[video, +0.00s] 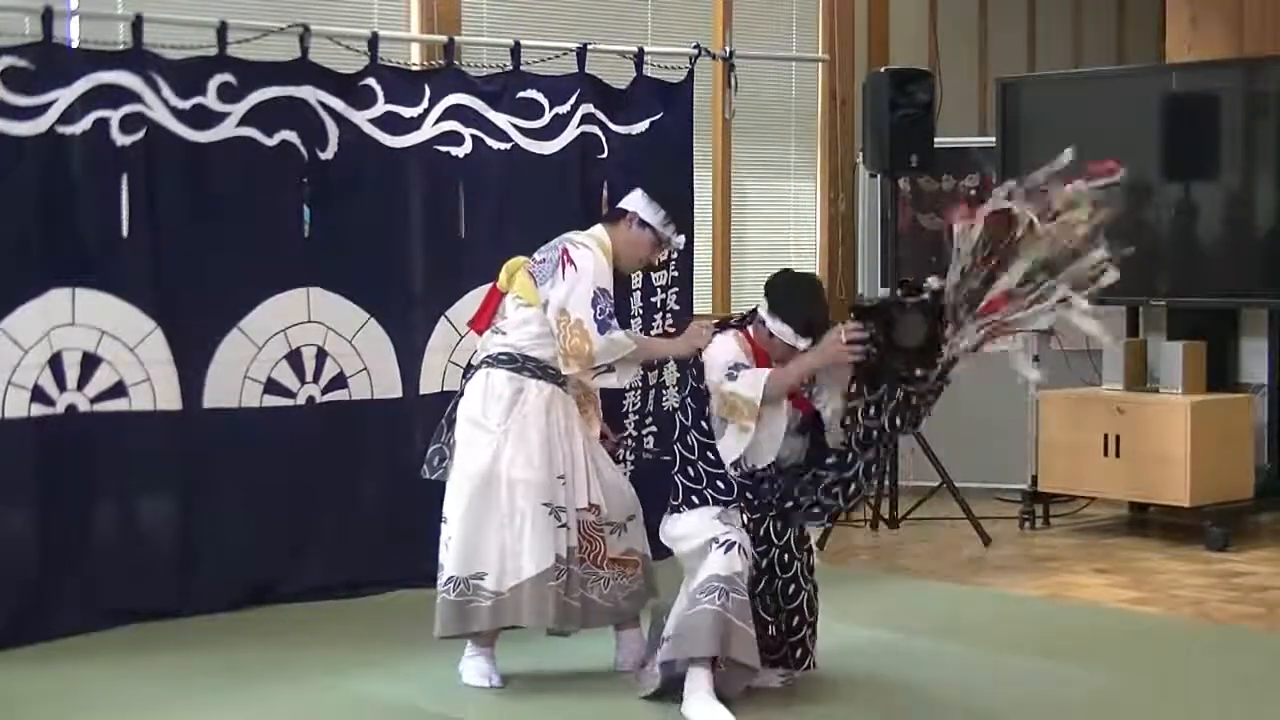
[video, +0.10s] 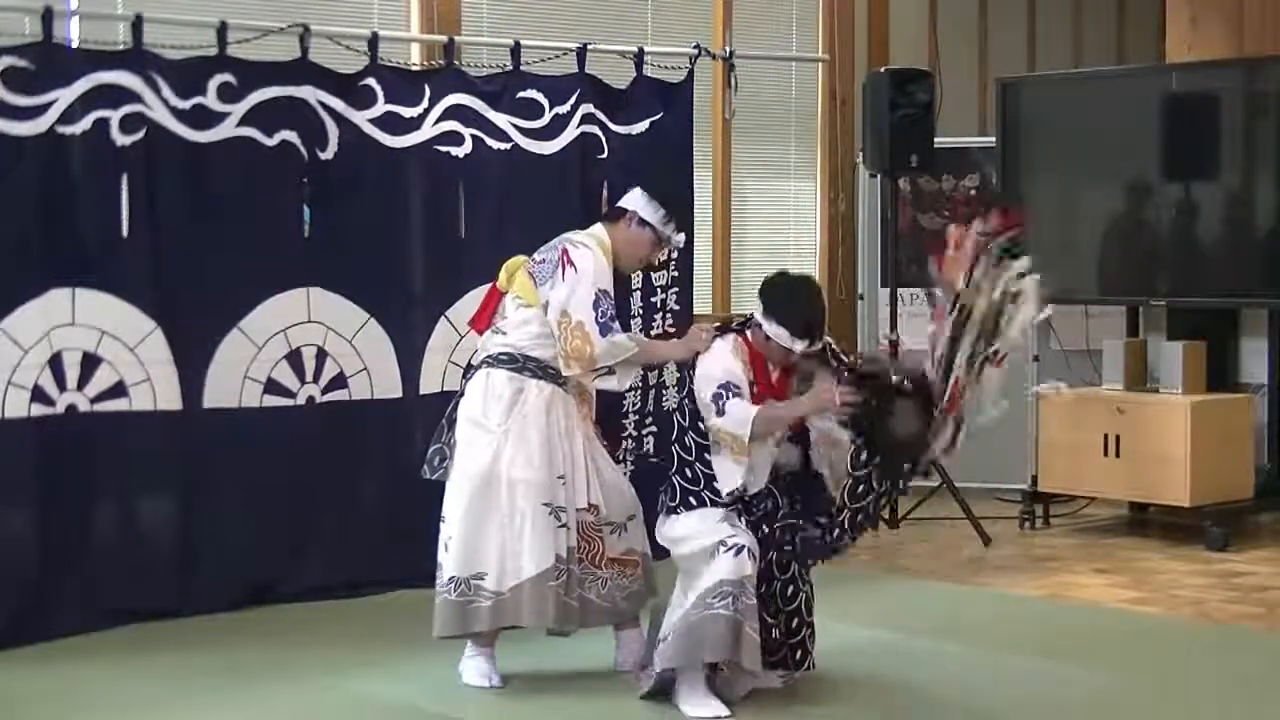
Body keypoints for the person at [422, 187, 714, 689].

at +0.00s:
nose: (652, 262)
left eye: (659, 253)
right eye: (655, 248)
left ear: (627, 225)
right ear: (631, 224)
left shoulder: (583, 257)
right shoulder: (583, 258)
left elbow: (580, 357)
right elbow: (590, 345)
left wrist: (590, 419)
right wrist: (674, 346)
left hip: (545, 402)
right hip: (512, 399)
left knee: (617, 505)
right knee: (501, 521)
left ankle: (633, 648)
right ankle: (479, 652)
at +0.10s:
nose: (652, 260)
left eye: (659, 251)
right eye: (655, 246)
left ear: (627, 224)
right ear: (631, 222)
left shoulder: (585, 258)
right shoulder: (583, 258)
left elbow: (589, 358)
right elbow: (586, 350)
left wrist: (670, 348)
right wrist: (676, 349)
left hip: (545, 401)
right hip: (512, 398)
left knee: (616, 506)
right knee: (501, 520)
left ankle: (632, 648)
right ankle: (479, 652)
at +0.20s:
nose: (660, 255)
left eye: (666, 245)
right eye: (661, 240)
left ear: (627, 221)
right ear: (630, 220)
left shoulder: (575, 254)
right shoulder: (586, 260)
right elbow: (584, 350)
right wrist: (676, 353)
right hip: (516, 403)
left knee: (618, 507)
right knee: (501, 522)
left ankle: (633, 648)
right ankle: (478, 652)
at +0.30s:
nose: (661, 252)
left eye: (666, 242)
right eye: (661, 237)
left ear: (628, 221)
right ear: (630, 219)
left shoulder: (584, 255)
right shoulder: (588, 258)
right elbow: (592, 345)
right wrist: (679, 356)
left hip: (543, 405)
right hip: (512, 402)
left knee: (616, 507)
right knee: (500, 522)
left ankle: (632, 649)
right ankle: (479, 651)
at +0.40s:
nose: (663, 251)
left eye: (668, 240)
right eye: (664, 235)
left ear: (630, 219)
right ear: (631, 217)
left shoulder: (587, 256)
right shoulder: (589, 256)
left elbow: (573, 354)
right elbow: (598, 342)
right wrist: (683, 362)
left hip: (546, 405)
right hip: (512, 401)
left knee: (612, 509)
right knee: (502, 521)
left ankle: (632, 649)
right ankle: (479, 651)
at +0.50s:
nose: (666, 247)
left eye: (670, 236)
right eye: (665, 232)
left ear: (631, 218)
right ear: (632, 215)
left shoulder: (592, 257)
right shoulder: (588, 256)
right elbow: (599, 342)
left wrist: (651, 359)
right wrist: (678, 363)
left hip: (548, 403)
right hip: (512, 398)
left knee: (609, 510)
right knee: (504, 520)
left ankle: (631, 649)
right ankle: (480, 651)